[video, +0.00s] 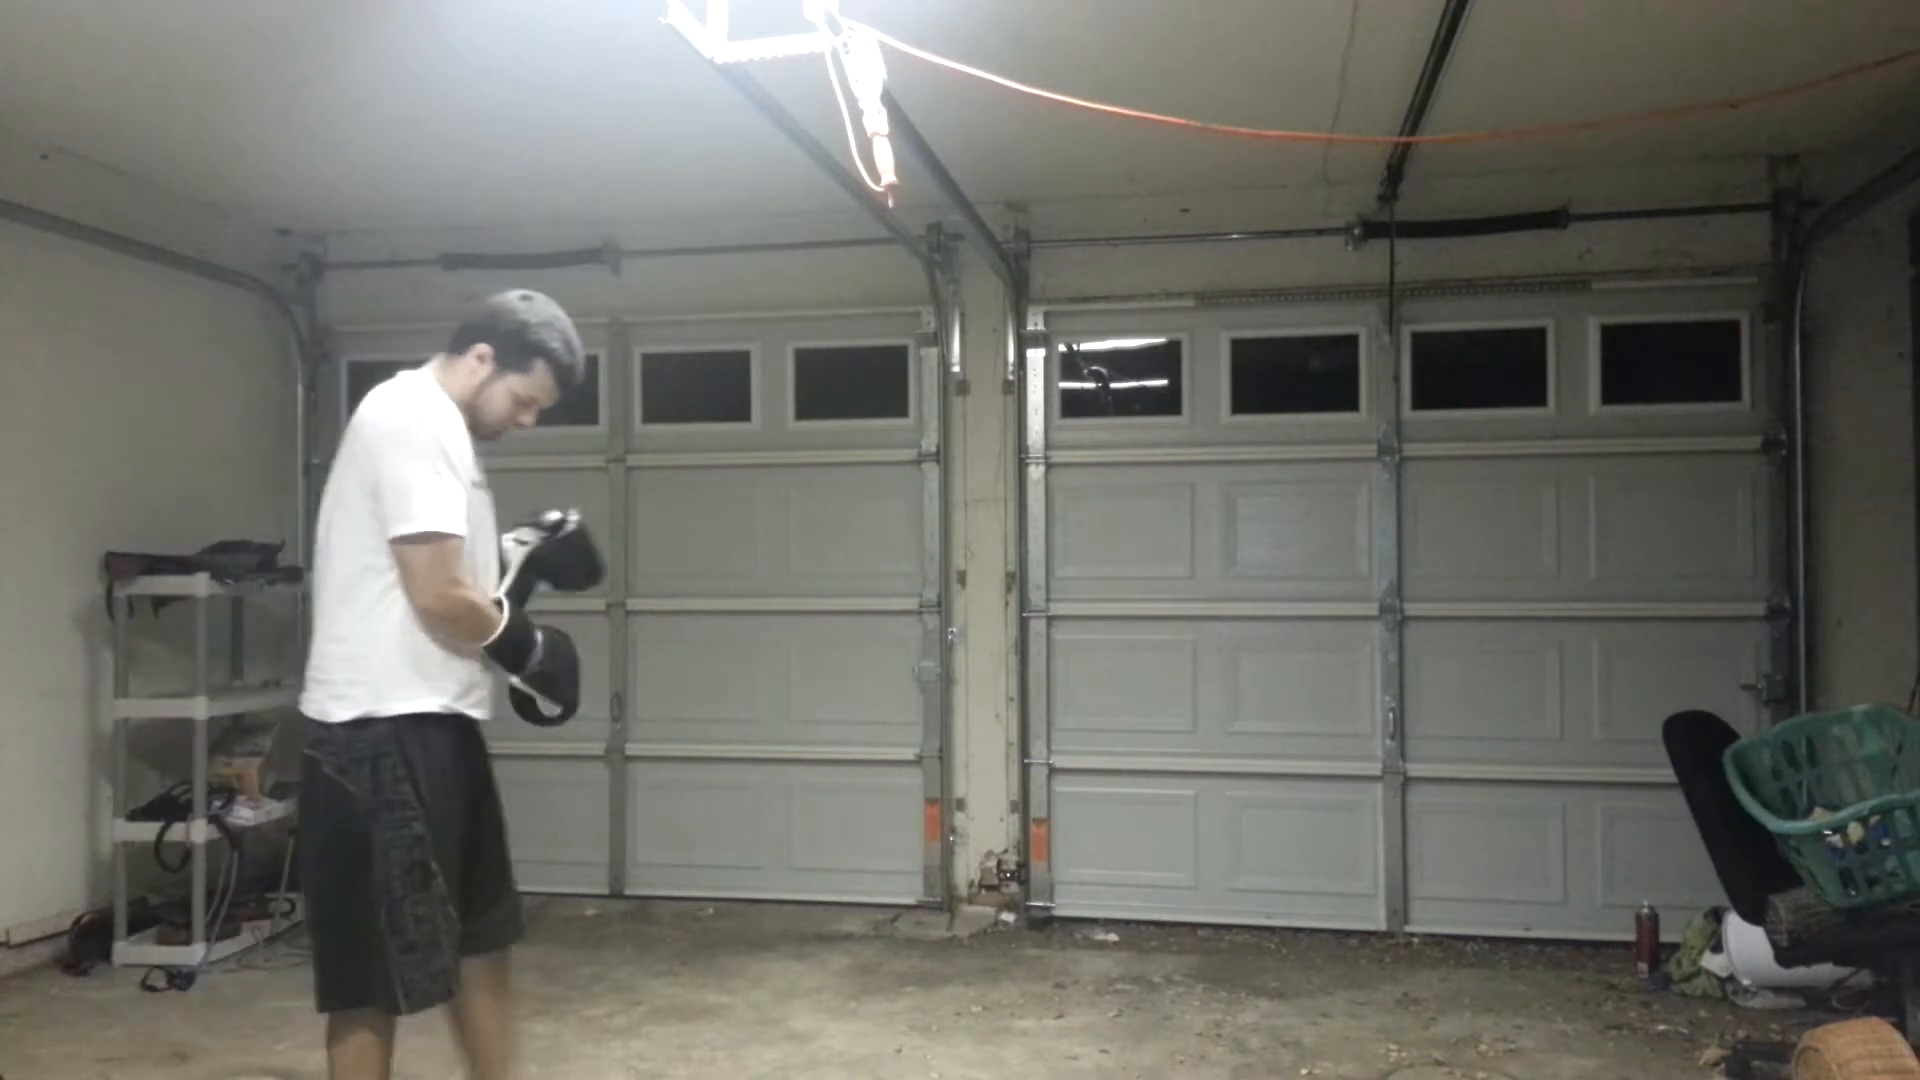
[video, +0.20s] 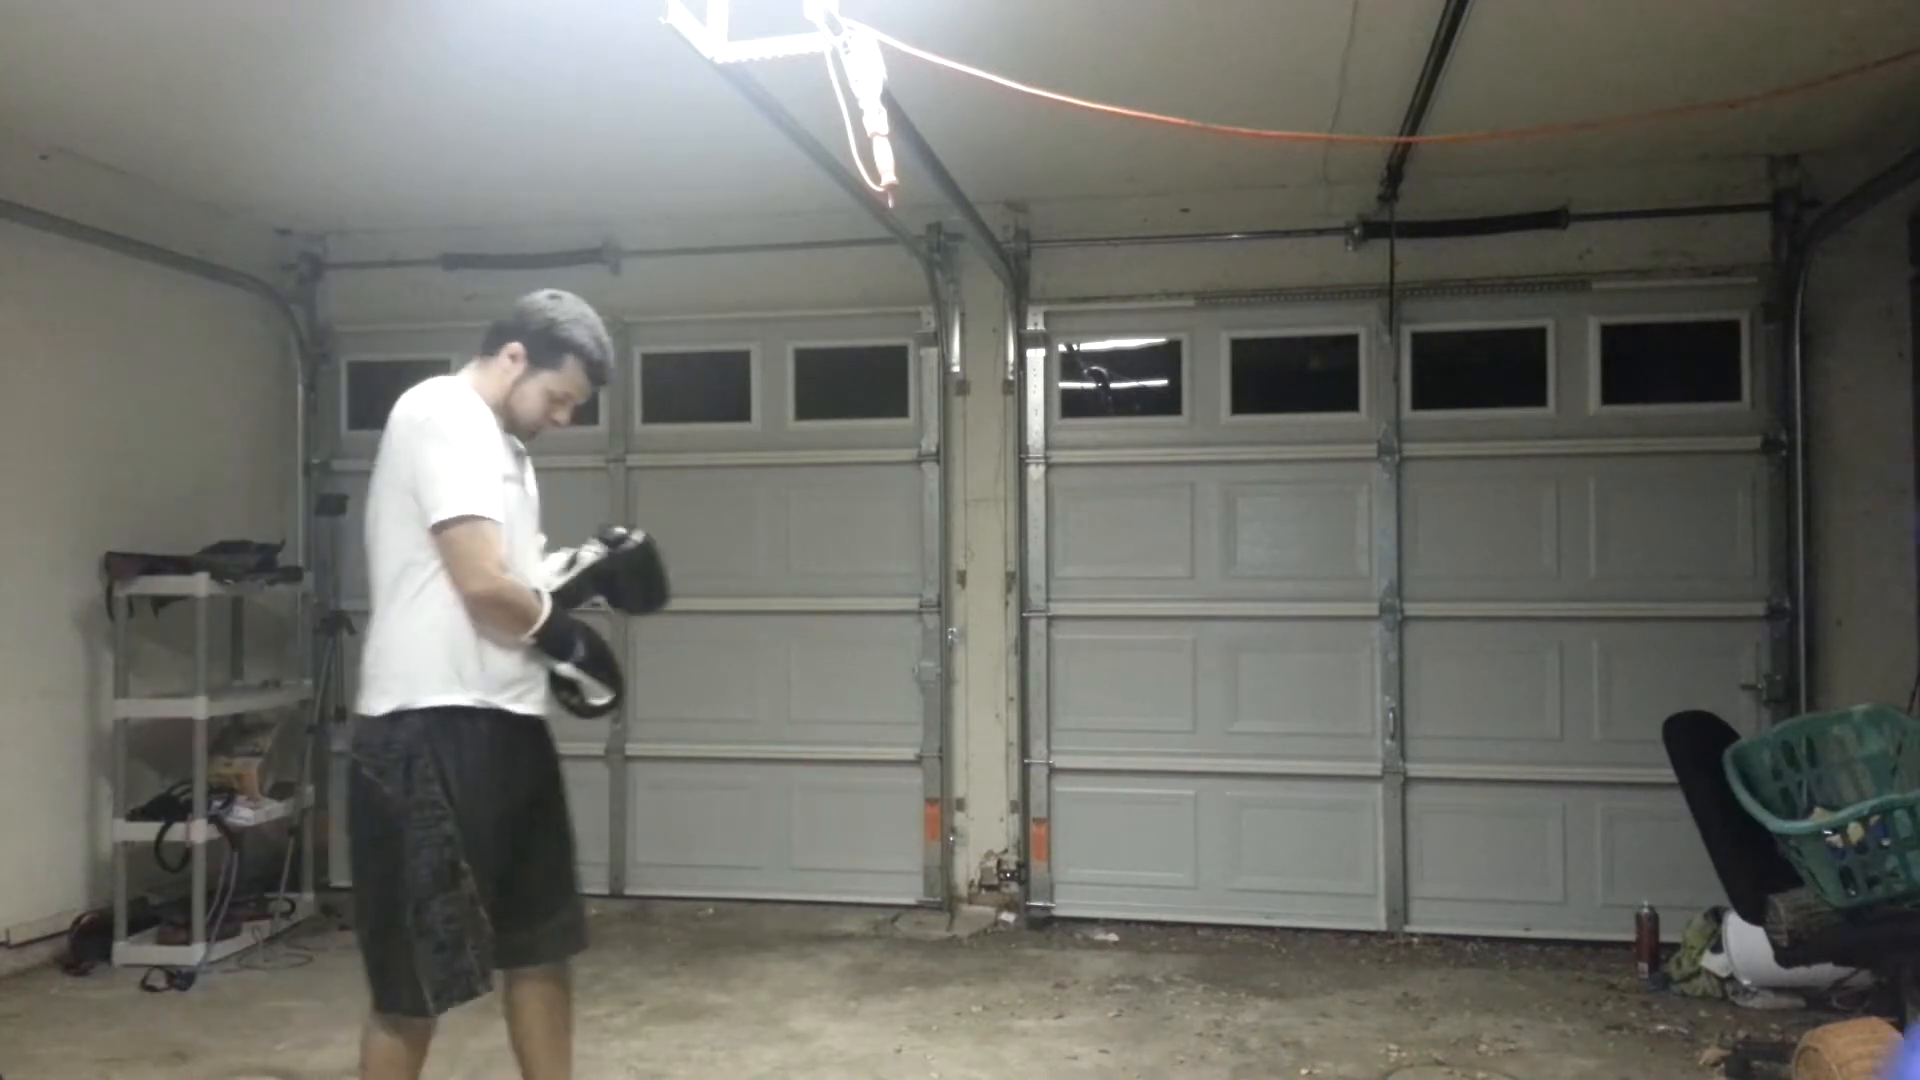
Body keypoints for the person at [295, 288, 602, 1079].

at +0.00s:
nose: (524, 425)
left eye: (535, 413)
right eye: (526, 404)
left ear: (477, 362)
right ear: (481, 359)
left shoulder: (436, 422)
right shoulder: (410, 415)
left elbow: (429, 580)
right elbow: (437, 594)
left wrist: (512, 561)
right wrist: (523, 648)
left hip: (434, 729)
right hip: (378, 734)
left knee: (482, 952)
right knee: (367, 990)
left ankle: (498, 1070)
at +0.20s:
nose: (561, 423)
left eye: (574, 411)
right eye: (558, 400)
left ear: (518, 369)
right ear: (512, 357)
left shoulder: (509, 451)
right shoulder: (440, 415)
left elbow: (522, 573)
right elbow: (481, 585)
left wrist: (593, 570)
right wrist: (562, 637)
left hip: (507, 727)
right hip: (424, 730)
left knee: (539, 954)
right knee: (411, 985)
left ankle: (553, 1074)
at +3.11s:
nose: (612, 337)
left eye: (624, 312)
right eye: (586, 311)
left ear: (636, 303)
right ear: (508, 296)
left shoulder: (660, 408)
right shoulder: (414, 400)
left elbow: (773, 528)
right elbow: (427, 585)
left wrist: (826, 512)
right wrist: (502, 433)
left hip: (629, 788)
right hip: (459, 792)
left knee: (664, 1059)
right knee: (441, 1063)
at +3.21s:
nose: (612, 336)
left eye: (624, 312)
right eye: (587, 309)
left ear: (636, 305)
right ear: (508, 293)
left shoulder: (658, 408)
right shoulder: (412, 398)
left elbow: (775, 525)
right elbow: (426, 583)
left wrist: (830, 505)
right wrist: (503, 431)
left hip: (624, 789)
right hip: (455, 794)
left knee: (663, 1060)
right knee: (436, 1063)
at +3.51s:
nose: (597, 327)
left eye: (609, 305)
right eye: (576, 299)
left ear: (615, 295)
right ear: (495, 281)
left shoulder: (622, 402)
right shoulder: (378, 393)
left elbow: (769, 465)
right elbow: (403, 569)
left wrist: (921, 474)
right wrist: (497, 409)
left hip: (589, 793)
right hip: (415, 793)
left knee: (621, 1058)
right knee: (391, 1060)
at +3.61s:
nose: (589, 320)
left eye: (599, 296)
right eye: (564, 294)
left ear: (605, 288)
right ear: (482, 275)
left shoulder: (612, 403)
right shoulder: (361, 389)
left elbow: (767, 459)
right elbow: (383, 563)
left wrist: (926, 463)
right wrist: (480, 407)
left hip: (571, 795)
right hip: (392, 796)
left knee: (603, 1063)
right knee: (365, 1064)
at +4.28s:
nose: (576, 255)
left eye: (573, 234)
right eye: (555, 228)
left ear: (487, 231)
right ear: (475, 226)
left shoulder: (517, 403)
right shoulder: (404, 361)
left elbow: (578, 572)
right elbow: (555, 564)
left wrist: (728, 621)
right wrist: (721, 629)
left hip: (503, 802)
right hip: (370, 800)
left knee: (507, 1062)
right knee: (359, 1062)